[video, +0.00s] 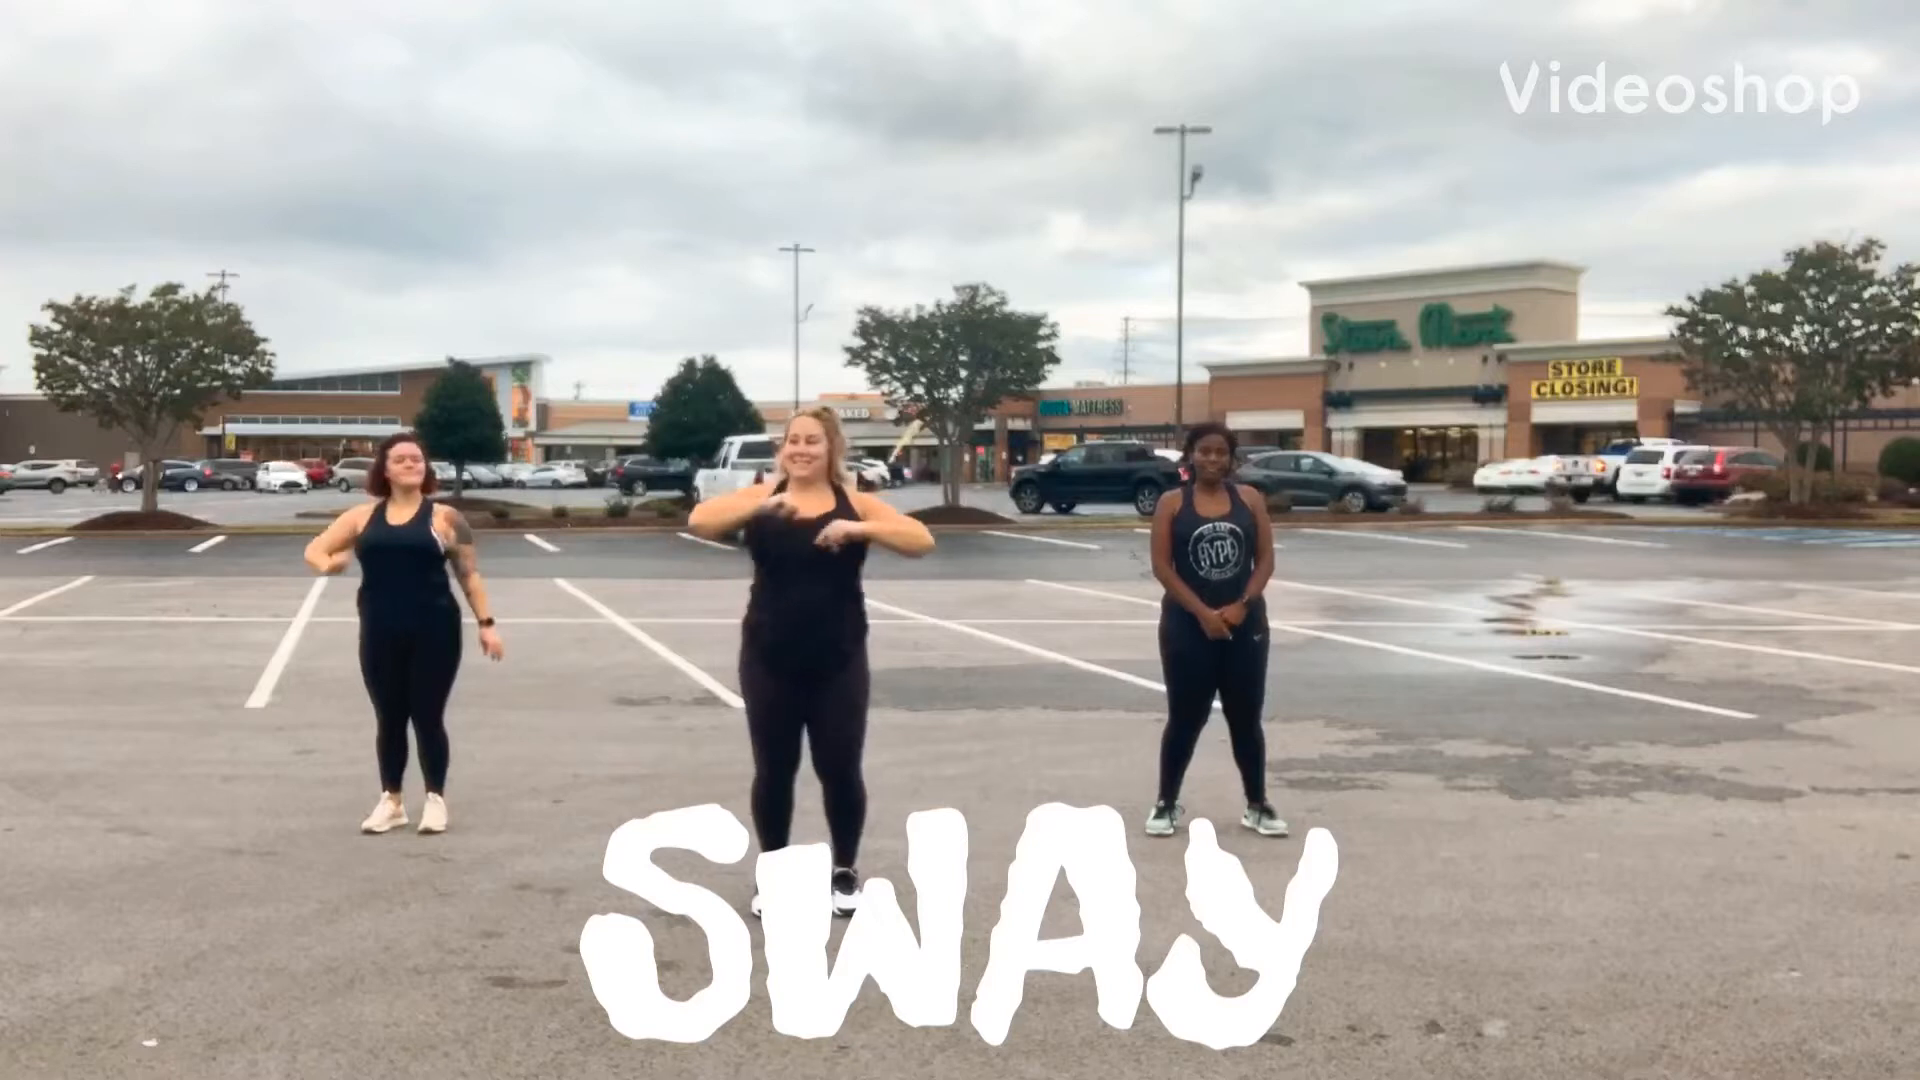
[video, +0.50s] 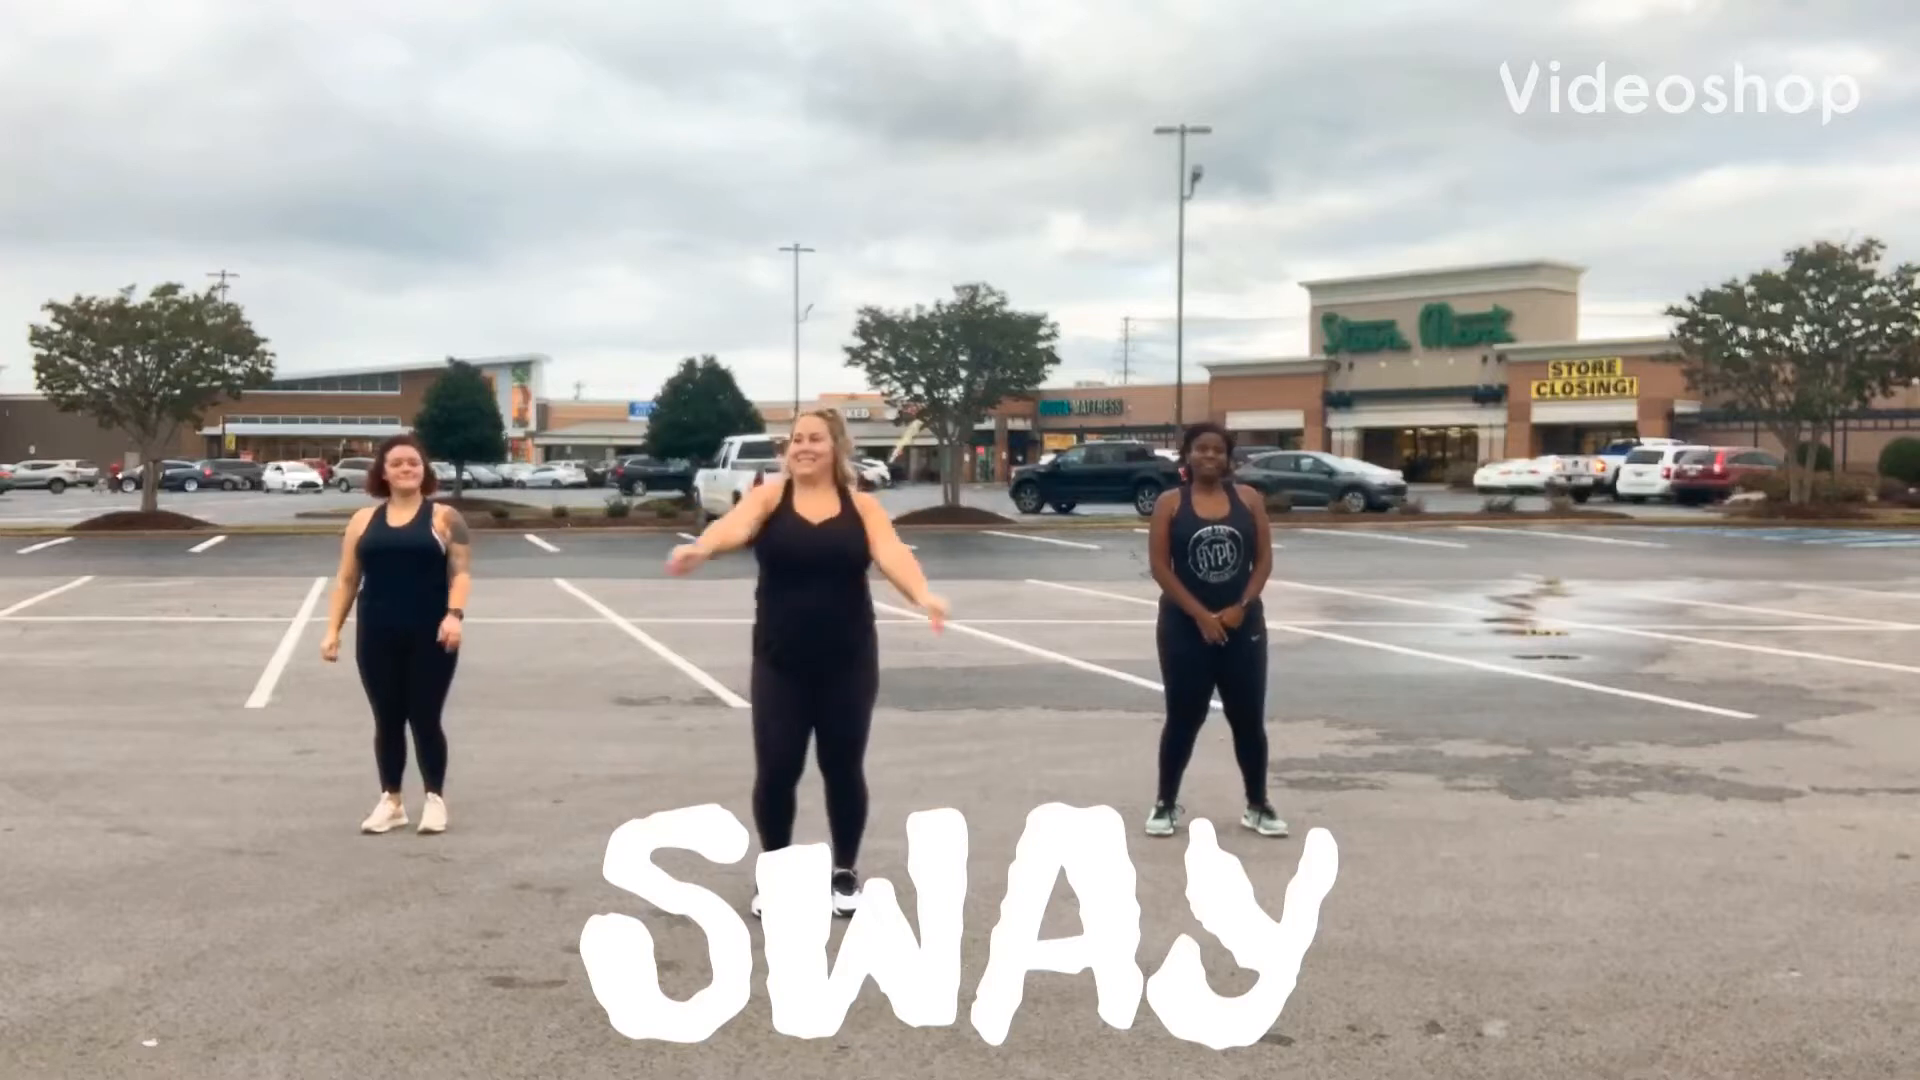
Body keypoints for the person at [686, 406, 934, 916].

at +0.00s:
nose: (800, 449)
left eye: (811, 441)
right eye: (793, 441)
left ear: (832, 450)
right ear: (781, 450)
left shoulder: (856, 502)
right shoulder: (760, 498)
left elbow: (922, 540)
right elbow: (698, 520)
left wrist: (860, 528)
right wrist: (762, 503)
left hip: (838, 662)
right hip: (768, 662)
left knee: (840, 773)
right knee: (773, 775)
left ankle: (844, 871)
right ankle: (770, 873)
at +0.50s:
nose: (804, 446)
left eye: (815, 438)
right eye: (797, 438)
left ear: (837, 449)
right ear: (787, 448)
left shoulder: (861, 506)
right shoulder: (768, 495)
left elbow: (891, 552)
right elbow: (734, 526)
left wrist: (921, 593)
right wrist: (702, 547)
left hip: (848, 662)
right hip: (780, 661)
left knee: (843, 770)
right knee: (775, 775)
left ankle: (845, 871)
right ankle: (772, 875)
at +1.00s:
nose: (795, 448)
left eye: (805, 439)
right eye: (785, 439)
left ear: (820, 448)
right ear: (770, 448)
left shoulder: (845, 505)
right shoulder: (744, 504)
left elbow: (862, 575)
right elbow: (728, 576)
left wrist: (872, 637)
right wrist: (725, 631)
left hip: (826, 658)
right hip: (755, 658)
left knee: (824, 767)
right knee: (765, 772)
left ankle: (839, 863)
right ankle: (769, 873)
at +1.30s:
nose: (803, 450)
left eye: (813, 442)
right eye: (794, 442)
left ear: (829, 451)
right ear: (778, 450)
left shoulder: (851, 510)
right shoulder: (749, 507)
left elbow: (897, 568)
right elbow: (714, 561)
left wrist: (942, 575)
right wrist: (689, 597)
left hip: (834, 670)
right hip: (763, 670)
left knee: (832, 779)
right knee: (770, 778)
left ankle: (845, 892)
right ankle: (772, 879)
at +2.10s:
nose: (819, 451)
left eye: (830, 441)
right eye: (809, 441)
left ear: (848, 452)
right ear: (792, 452)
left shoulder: (877, 516)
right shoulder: (761, 517)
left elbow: (919, 590)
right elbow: (714, 576)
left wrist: (898, 657)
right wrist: (732, 625)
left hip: (861, 703)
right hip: (780, 701)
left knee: (853, 828)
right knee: (786, 833)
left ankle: (849, 915)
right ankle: (784, 975)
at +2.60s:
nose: (814, 436)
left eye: (826, 425)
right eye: (802, 426)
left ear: (844, 439)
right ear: (782, 440)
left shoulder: (870, 502)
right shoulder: (752, 509)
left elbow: (928, 542)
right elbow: (681, 579)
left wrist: (929, 578)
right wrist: (732, 574)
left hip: (858, 701)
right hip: (772, 704)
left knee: (855, 838)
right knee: (783, 841)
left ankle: (863, 974)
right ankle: (787, 981)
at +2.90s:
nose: (824, 439)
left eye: (836, 430)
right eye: (813, 430)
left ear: (854, 444)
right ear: (794, 442)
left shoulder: (883, 508)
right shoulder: (765, 510)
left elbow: (958, 569)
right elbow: (727, 598)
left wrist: (944, 610)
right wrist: (796, 571)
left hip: (869, 702)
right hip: (786, 703)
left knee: (863, 832)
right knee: (799, 829)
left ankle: (862, 970)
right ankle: (790, 976)